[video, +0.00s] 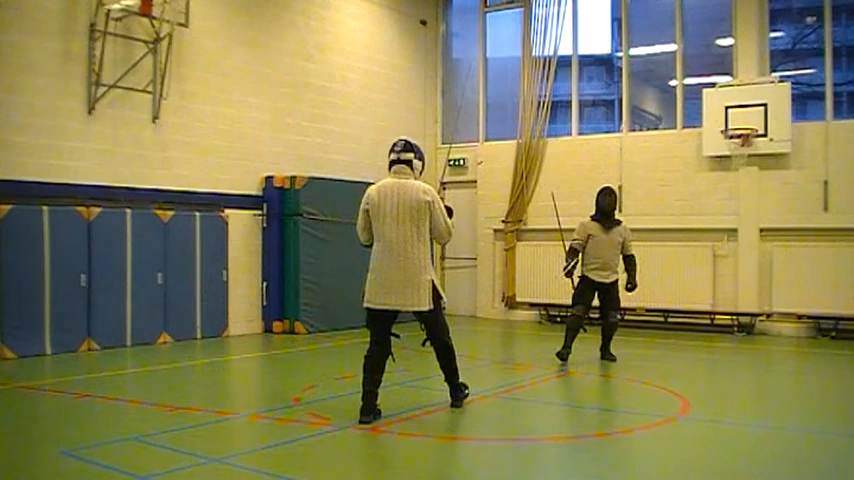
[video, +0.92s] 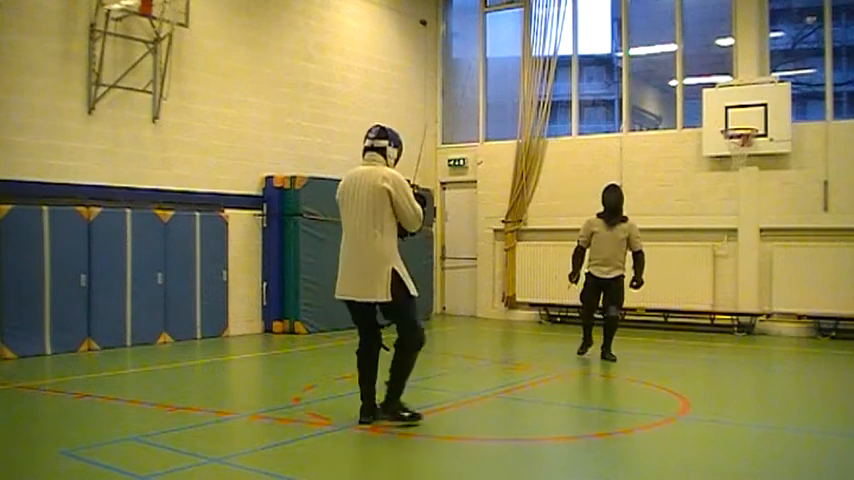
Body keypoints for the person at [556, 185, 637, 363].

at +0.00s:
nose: (609, 202)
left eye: (612, 198)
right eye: (605, 198)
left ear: (616, 203)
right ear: (597, 201)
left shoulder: (622, 230)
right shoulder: (586, 226)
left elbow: (628, 255)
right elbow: (575, 247)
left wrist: (631, 277)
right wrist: (570, 263)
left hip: (610, 281)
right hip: (588, 278)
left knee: (612, 318)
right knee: (578, 312)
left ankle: (605, 349)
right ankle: (566, 347)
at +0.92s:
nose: (612, 204)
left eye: (615, 199)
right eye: (609, 199)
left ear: (620, 202)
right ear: (603, 202)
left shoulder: (628, 227)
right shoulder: (592, 224)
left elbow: (638, 252)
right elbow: (580, 248)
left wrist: (638, 275)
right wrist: (575, 270)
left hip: (615, 278)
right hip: (593, 276)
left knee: (612, 314)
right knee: (587, 308)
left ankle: (606, 348)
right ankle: (587, 339)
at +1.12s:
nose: (604, 215)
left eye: (607, 211)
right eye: (601, 210)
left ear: (612, 213)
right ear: (595, 211)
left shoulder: (619, 233)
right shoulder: (584, 230)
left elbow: (628, 258)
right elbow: (574, 252)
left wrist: (626, 279)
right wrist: (573, 275)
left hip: (608, 280)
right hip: (587, 280)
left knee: (605, 314)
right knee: (587, 314)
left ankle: (600, 349)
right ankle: (593, 341)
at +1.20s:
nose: (599, 232)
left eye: (603, 227)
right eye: (596, 227)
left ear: (608, 224)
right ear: (592, 223)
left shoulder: (617, 238)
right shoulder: (583, 234)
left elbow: (627, 262)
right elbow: (574, 254)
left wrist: (623, 281)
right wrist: (574, 275)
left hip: (606, 280)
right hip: (587, 280)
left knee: (605, 313)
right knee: (588, 314)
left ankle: (602, 348)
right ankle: (595, 343)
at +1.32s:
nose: (596, 251)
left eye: (599, 248)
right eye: (593, 247)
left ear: (606, 242)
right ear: (587, 240)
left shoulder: (615, 246)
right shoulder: (580, 240)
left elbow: (622, 271)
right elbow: (571, 254)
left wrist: (614, 290)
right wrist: (572, 274)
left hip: (606, 280)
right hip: (585, 280)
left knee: (605, 309)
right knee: (584, 313)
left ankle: (606, 345)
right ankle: (591, 344)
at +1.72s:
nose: (577, 256)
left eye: (580, 253)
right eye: (575, 253)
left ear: (588, 248)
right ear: (570, 245)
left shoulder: (599, 252)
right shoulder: (566, 239)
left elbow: (606, 275)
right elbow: (560, 250)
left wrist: (601, 296)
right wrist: (560, 268)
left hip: (594, 281)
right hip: (573, 280)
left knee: (592, 311)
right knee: (567, 311)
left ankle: (592, 347)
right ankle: (570, 343)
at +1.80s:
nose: (567, 250)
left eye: (570, 248)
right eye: (565, 246)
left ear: (579, 243)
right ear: (561, 241)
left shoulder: (589, 249)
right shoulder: (558, 240)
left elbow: (597, 273)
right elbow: (553, 251)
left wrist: (590, 296)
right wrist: (552, 268)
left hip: (584, 281)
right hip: (564, 281)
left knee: (583, 311)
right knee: (556, 311)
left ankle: (581, 347)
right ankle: (561, 342)